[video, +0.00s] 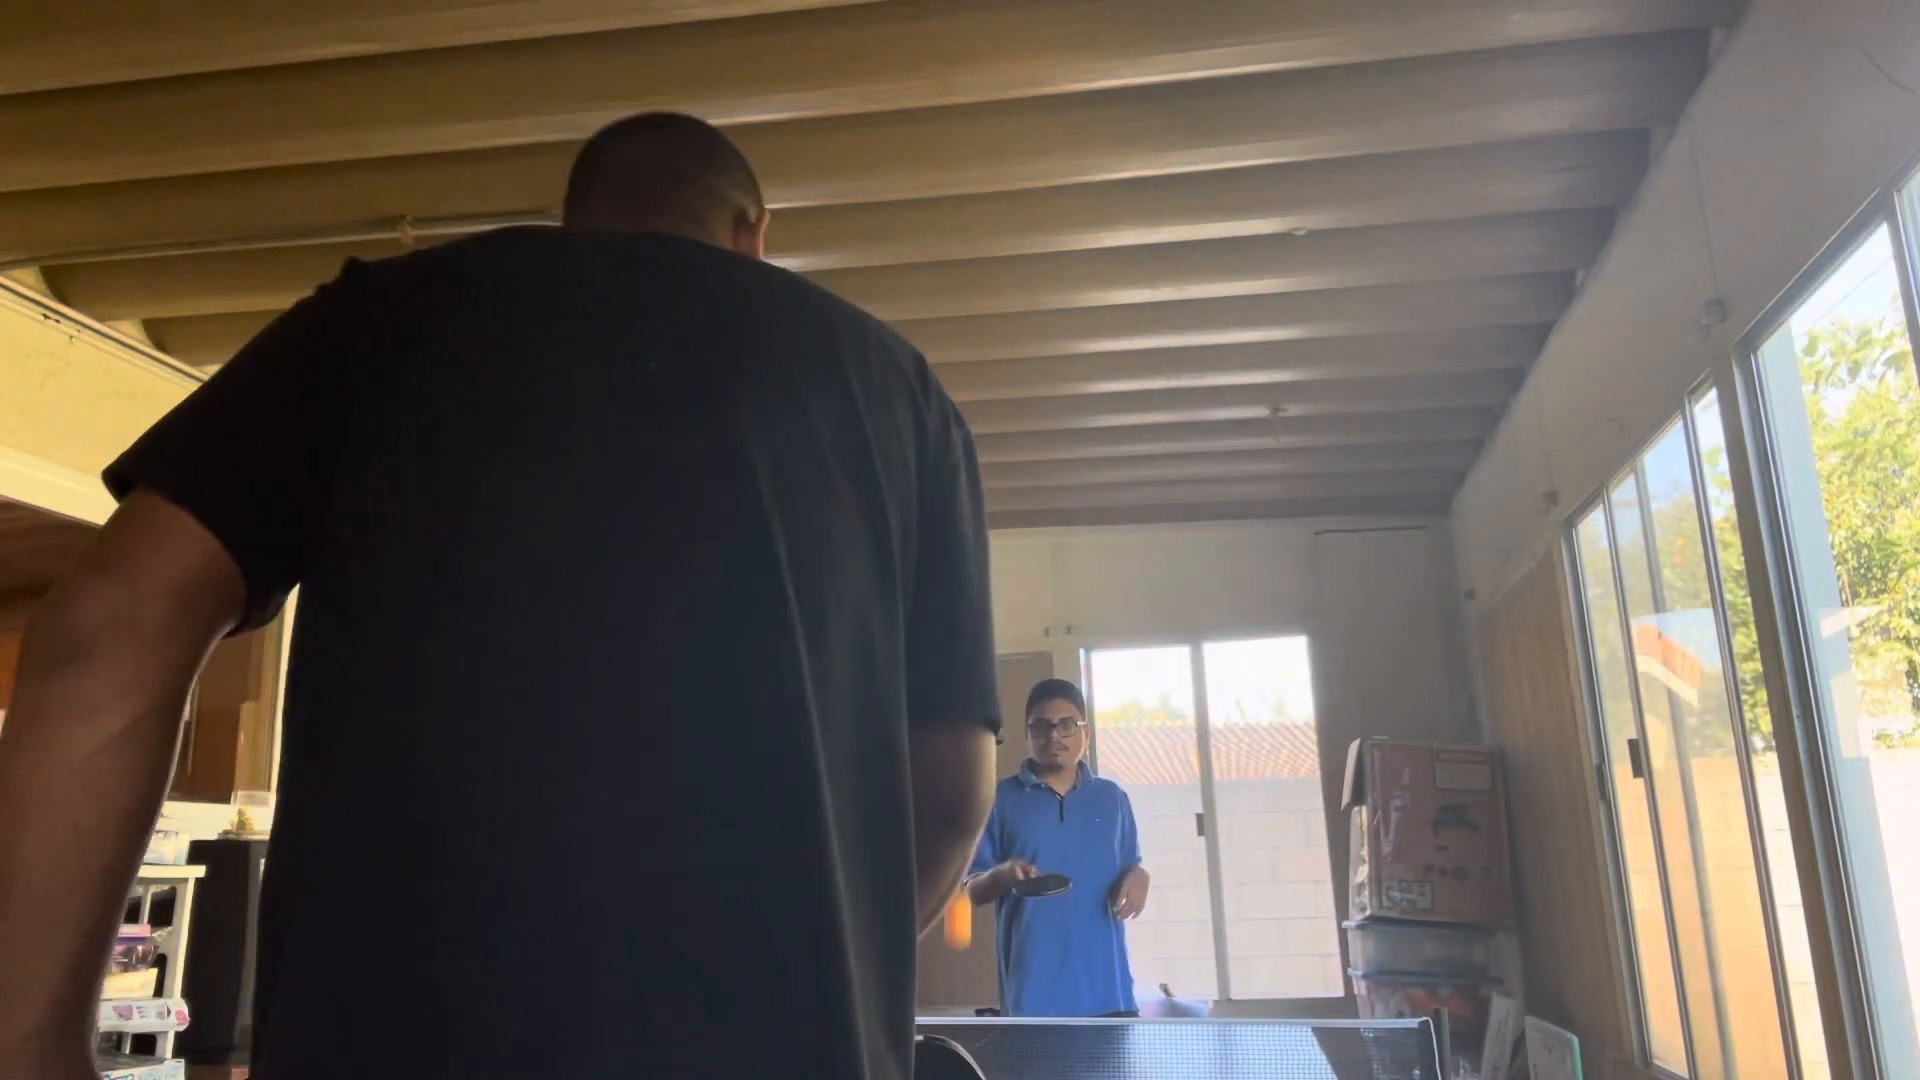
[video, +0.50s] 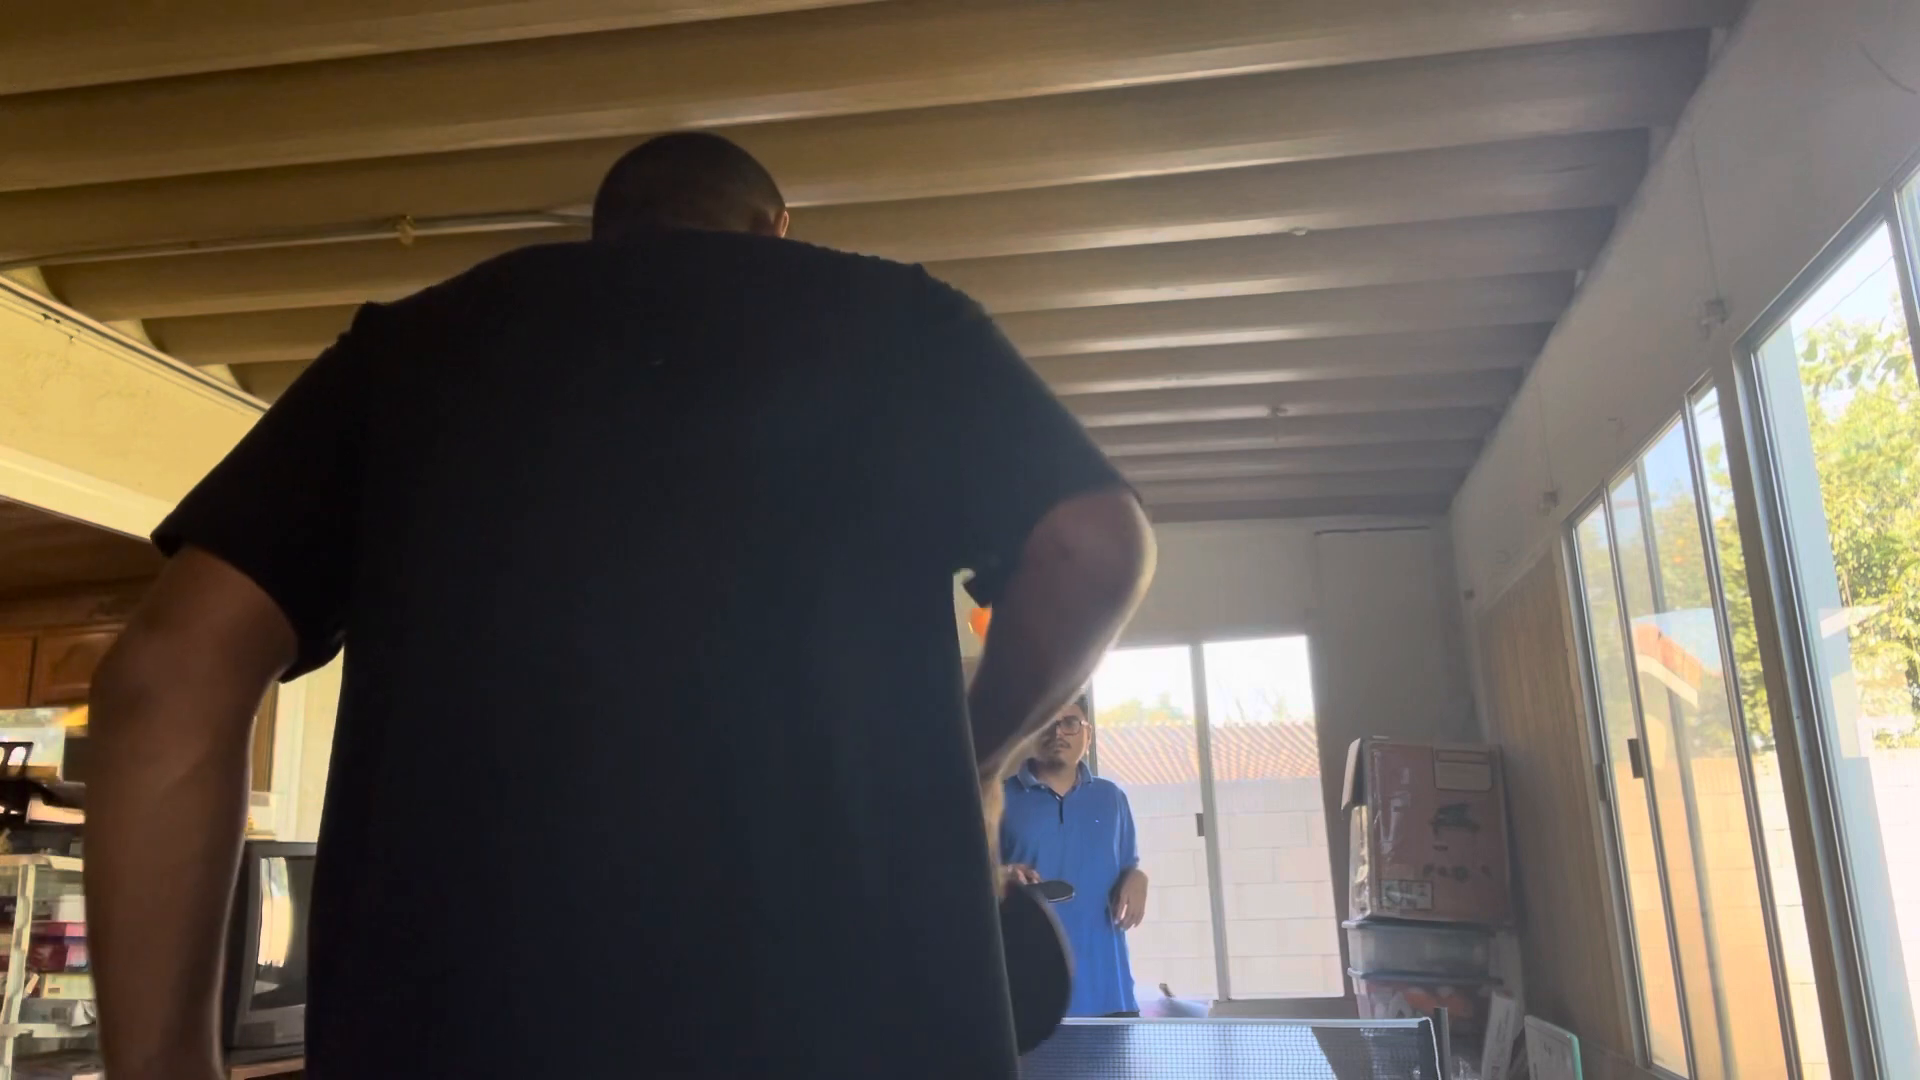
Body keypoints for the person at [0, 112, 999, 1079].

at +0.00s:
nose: (764, 257)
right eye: (766, 237)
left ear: (563, 217)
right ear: (751, 231)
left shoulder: (382, 310)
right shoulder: (893, 379)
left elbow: (107, 635)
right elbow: (949, 797)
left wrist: (38, 1043)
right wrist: (858, 968)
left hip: (388, 1034)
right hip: (785, 1043)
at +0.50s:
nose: (796, 252)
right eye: (792, 237)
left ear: (590, 234)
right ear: (779, 232)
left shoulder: (410, 344)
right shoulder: (892, 315)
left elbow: (164, 676)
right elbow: (1094, 544)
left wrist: (165, 1064)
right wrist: (971, 763)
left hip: (452, 1028)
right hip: (862, 1029)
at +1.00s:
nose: (832, 250)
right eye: (831, 233)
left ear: (629, 226)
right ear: (821, 230)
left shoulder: (463, 335)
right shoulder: (952, 344)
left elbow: (221, 677)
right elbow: (1133, 662)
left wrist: (230, 1061)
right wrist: (969, 589)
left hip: (503, 1037)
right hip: (884, 1039)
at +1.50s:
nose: (835, 242)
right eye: (835, 227)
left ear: (637, 222)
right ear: (826, 225)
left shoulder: (471, 340)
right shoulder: (957, 343)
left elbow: (238, 664)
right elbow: (1096, 695)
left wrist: (205, 1062)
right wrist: (992, 735)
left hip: (506, 1038)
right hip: (880, 1042)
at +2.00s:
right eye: (818, 218)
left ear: (618, 219)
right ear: (810, 216)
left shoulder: (457, 348)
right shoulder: (941, 347)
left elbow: (222, 684)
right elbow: (1069, 700)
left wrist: (214, 1058)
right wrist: (990, 747)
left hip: (488, 1036)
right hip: (846, 1039)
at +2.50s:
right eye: (763, 250)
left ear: (558, 241)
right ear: (754, 250)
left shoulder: (410, 330)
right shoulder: (878, 370)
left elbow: (154, 648)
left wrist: (147, 1037)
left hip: (437, 1034)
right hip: (814, 1041)